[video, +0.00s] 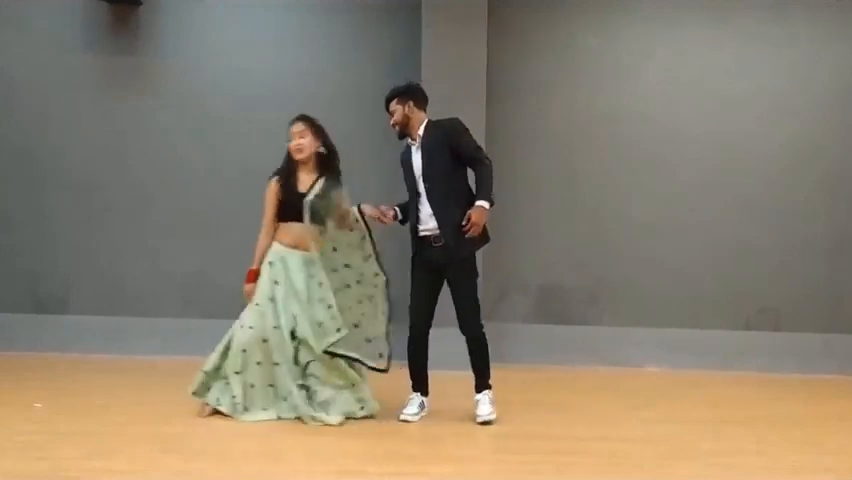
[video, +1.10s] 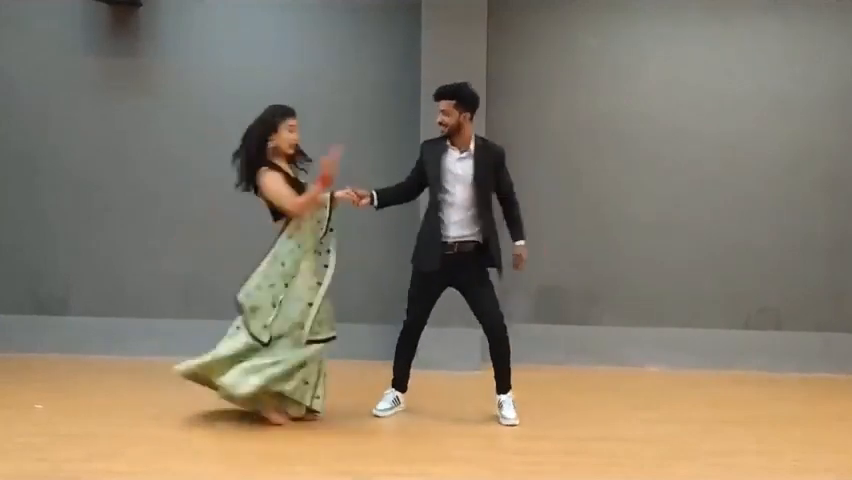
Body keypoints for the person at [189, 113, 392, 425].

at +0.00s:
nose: (296, 143)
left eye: (303, 136)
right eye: (292, 138)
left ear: (319, 142)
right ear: (288, 145)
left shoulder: (330, 185)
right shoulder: (278, 183)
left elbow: (344, 222)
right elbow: (267, 231)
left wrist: (362, 212)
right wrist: (253, 274)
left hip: (310, 263)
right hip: (278, 261)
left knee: (311, 331)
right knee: (257, 327)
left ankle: (310, 399)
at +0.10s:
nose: (264, 144)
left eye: (270, 137)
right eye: (263, 138)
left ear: (290, 143)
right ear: (265, 144)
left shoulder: (308, 186)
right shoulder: (256, 183)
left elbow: (333, 221)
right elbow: (246, 232)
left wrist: (364, 215)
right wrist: (232, 273)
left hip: (288, 263)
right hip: (255, 260)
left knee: (288, 331)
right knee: (238, 326)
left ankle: (293, 399)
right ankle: (219, 396)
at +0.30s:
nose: (224, 133)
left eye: (229, 127)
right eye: (224, 126)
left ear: (246, 130)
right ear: (241, 130)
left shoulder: (268, 168)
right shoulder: (232, 167)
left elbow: (307, 193)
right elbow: (226, 218)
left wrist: (346, 210)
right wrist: (211, 254)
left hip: (252, 252)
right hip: (225, 253)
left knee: (263, 324)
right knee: (215, 324)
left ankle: (302, 395)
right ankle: (223, 398)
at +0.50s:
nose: (208, 123)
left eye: (212, 117)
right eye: (208, 117)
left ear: (228, 119)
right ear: (225, 119)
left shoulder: (250, 154)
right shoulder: (220, 155)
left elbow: (292, 161)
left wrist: (338, 166)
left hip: (236, 239)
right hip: (212, 240)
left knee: (249, 315)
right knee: (209, 316)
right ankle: (205, 395)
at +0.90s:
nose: (231, 132)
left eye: (239, 126)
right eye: (228, 126)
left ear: (255, 130)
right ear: (223, 129)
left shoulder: (275, 161)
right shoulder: (224, 170)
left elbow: (310, 181)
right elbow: (206, 220)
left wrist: (337, 168)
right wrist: (169, 243)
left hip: (277, 250)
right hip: (241, 250)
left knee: (274, 321)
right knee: (230, 316)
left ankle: (275, 396)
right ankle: (213, 392)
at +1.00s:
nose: (265, 136)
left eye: (270, 130)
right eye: (258, 130)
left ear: (277, 134)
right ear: (244, 136)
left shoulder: (290, 169)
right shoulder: (242, 176)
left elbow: (309, 197)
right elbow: (237, 217)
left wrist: (335, 188)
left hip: (298, 251)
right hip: (267, 254)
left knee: (292, 323)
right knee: (252, 322)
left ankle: (276, 398)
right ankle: (218, 394)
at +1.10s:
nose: (297, 136)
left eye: (297, 130)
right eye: (290, 130)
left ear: (289, 136)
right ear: (271, 136)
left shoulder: (286, 172)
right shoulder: (268, 177)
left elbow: (308, 201)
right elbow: (296, 208)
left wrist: (341, 197)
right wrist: (323, 184)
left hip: (306, 264)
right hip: (291, 266)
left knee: (311, 331)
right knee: (292, 333)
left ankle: (290, 399)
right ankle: (269, 399)